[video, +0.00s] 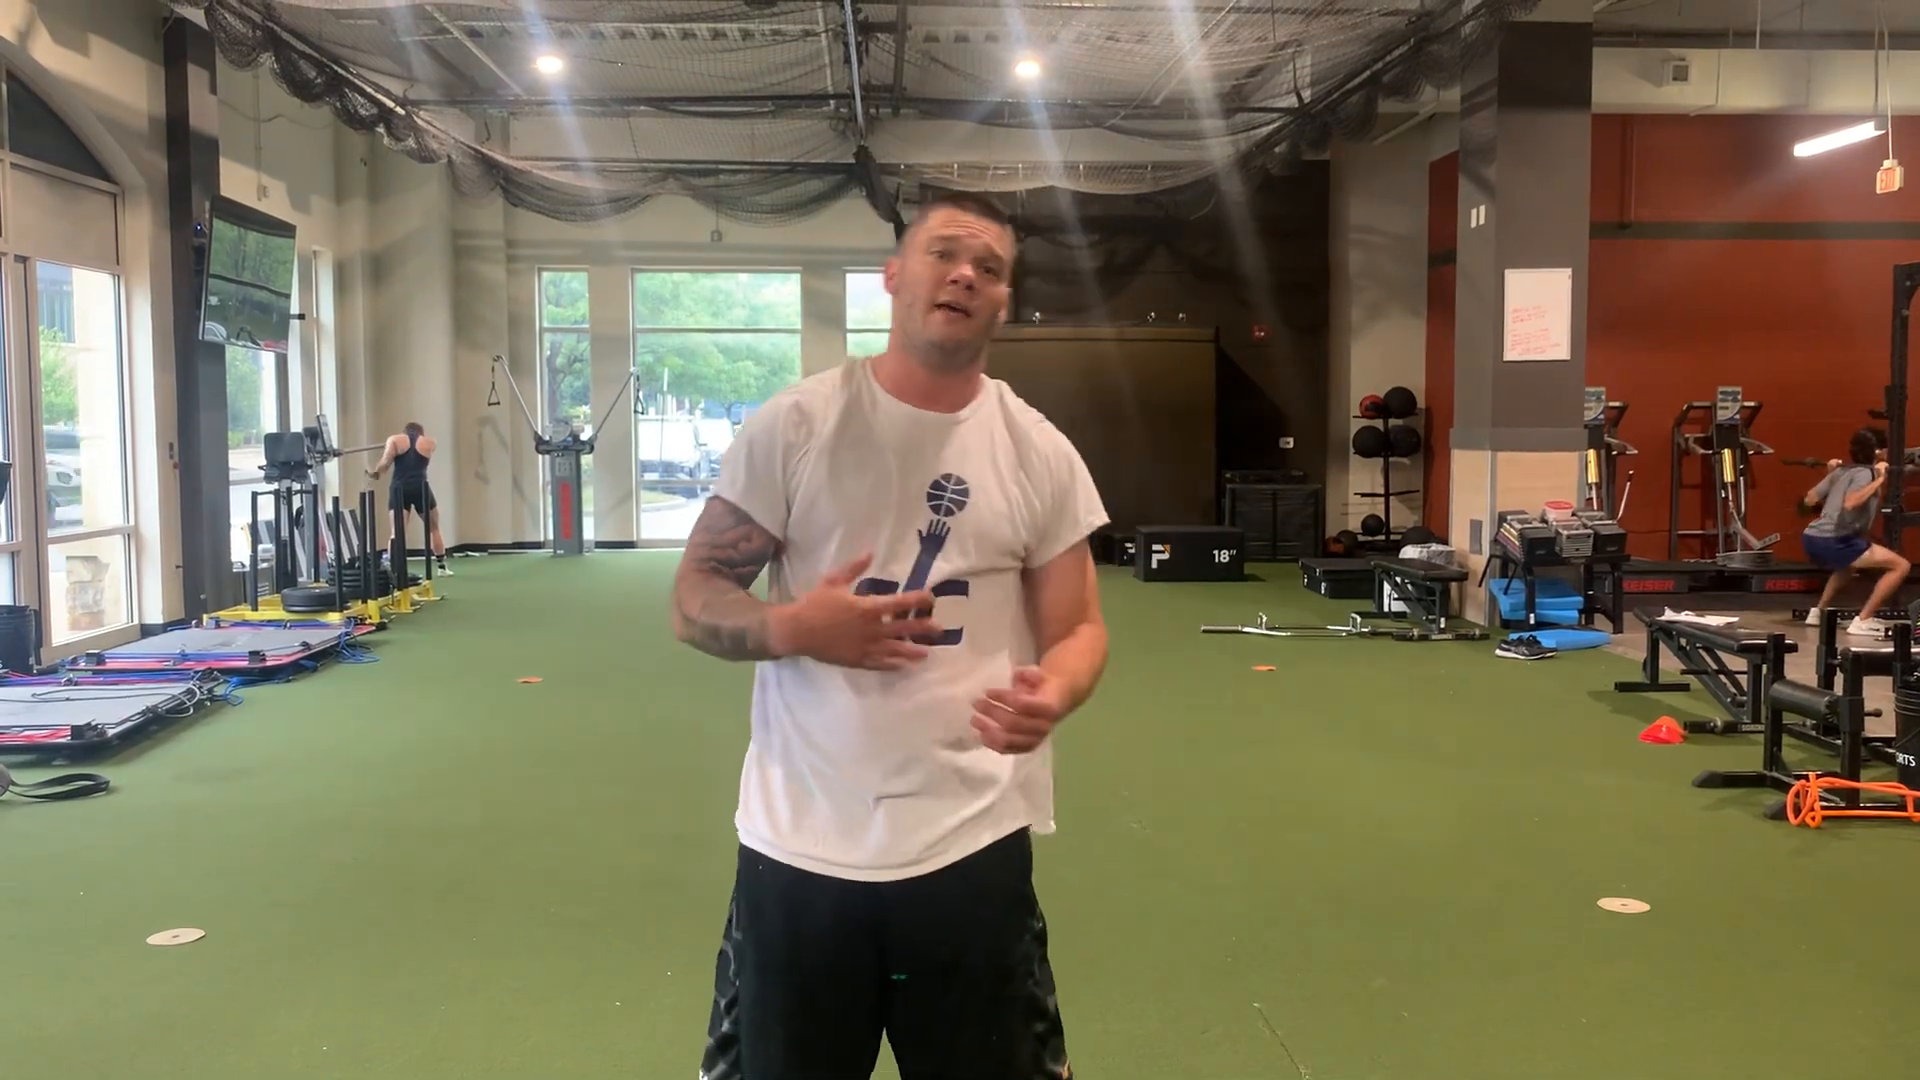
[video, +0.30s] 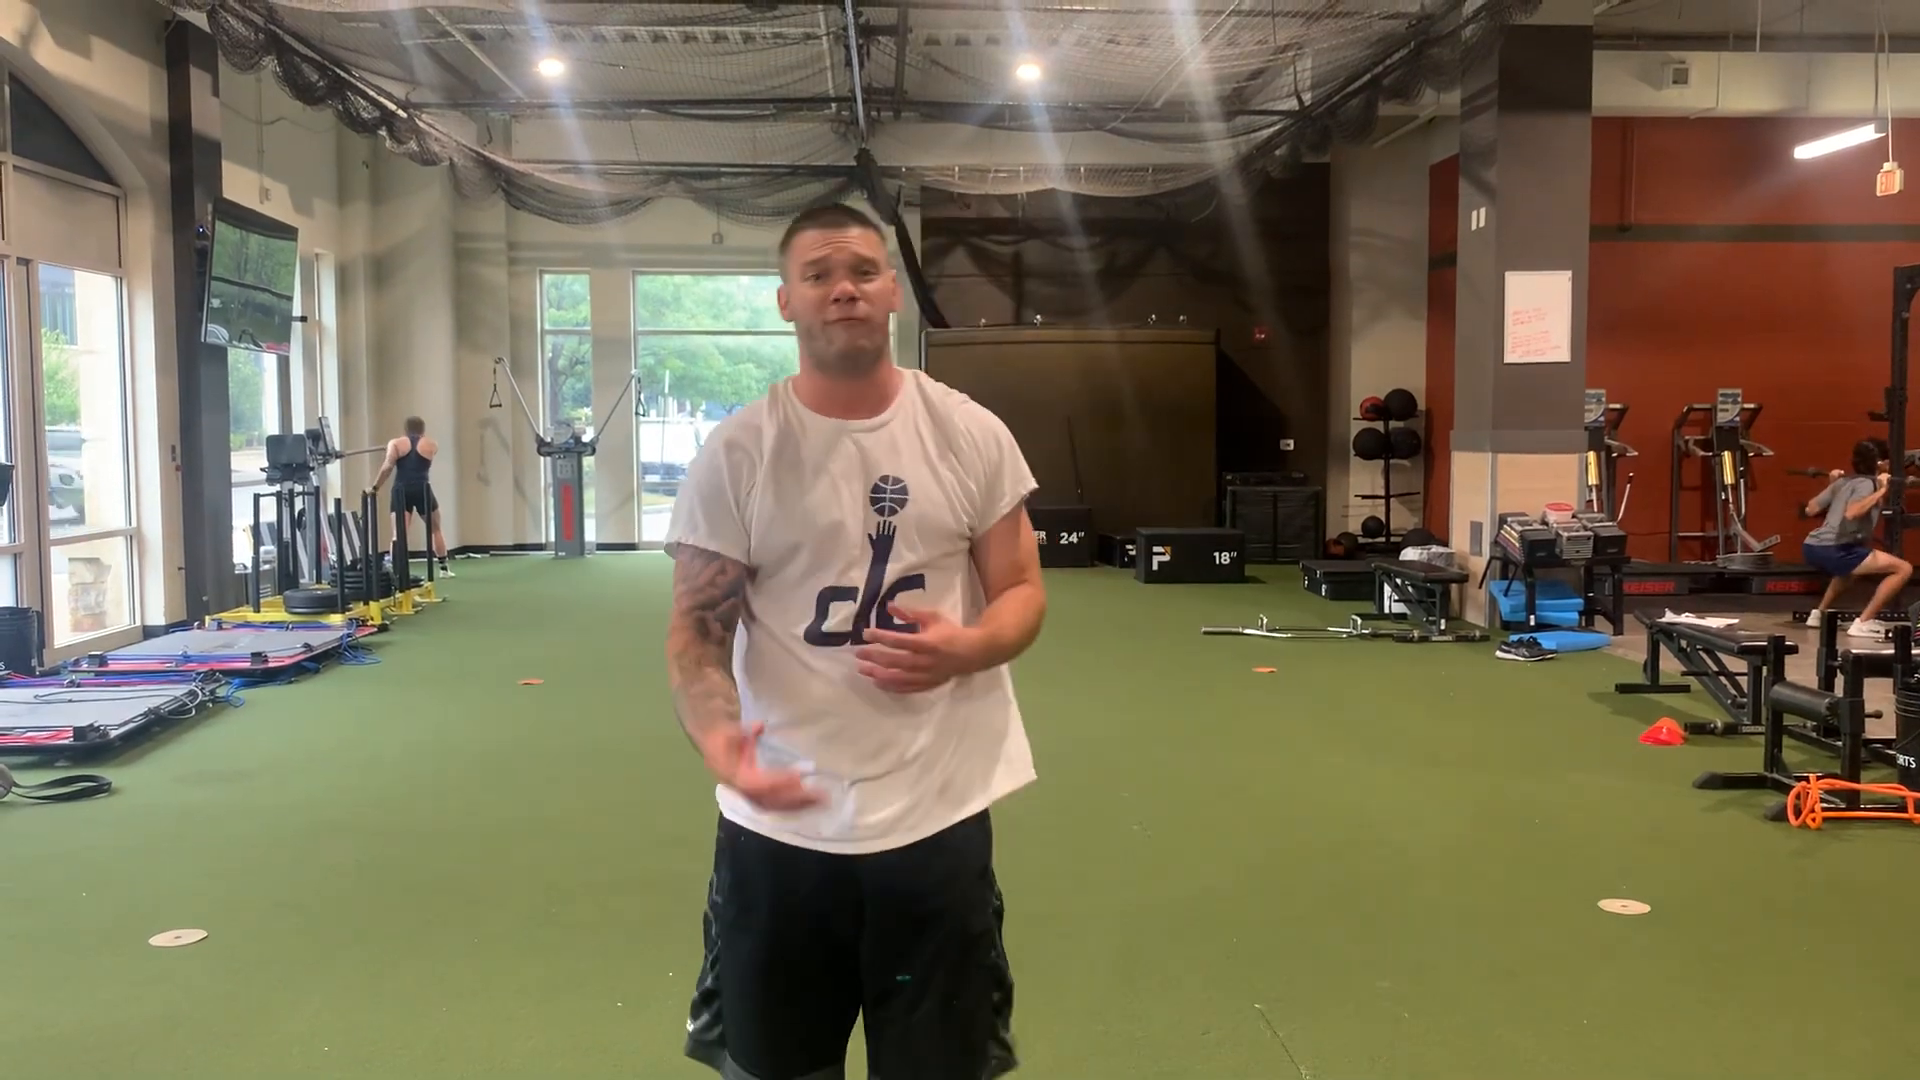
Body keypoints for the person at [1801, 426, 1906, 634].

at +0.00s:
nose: (1886, 453)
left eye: (1886, 449)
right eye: (1884, 449)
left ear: (1855, 451)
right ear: (1875, 452)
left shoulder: (1841, 472)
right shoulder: (1865, 474)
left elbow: (1810, 499)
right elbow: (1849, 503)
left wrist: (1830, 474)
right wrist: (1879, 479)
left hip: (1812, 539)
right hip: (1835, 542)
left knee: (1847, 568)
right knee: (1900, 566)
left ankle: (1818, 611)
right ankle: (1863, 620)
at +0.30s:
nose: (1889, 464)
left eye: (1888, 459)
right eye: (1886, 459)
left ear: (1857, 462)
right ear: (1876, 463)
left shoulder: (1843, 482)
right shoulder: (1867, 484)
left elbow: (1811, 509)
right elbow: (1851, 513)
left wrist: (1832, 484)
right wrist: (1881, 490)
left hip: (1812, 547)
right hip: (1837, 551)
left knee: (1849, 571)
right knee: (1903, 569)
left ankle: (1819, 613)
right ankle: (1864, 622)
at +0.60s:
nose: (1888, 432)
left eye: (1888, 427)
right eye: (1886, 427)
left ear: (1858, 429)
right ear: (1876, 430)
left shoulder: (1843, 451)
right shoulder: (1867, 452)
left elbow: (1812, 478)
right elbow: (1852, 479)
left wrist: (1832, 453)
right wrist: (1881, 458)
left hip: (1818, 519)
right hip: (1838, 524)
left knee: (1845, 563)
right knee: (1895, 565)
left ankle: (1817, 615)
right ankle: (1864, 623)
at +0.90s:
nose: (1887, 397)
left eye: (1887, 392)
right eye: (1884, 392)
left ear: (1857, 395)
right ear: (1874, 396)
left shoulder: (1843, 419)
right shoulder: (1867, 418)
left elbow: (1816, 448)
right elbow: (1855, 447)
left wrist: (1833, 420)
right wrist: (1882, 423)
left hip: (1823, 492)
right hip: (1846, 496)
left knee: (1830, 554)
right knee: (1864, 557)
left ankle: (1817, 613)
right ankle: (1862, 621)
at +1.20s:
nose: (1885, 434)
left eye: (1885, 430)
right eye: (1883, 429)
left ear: (1855, 430)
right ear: (1876, 432)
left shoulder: (1843, 453)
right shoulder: (1866, 454)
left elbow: (1813, 482)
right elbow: (1852, 481)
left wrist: (1831, 455)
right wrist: (1881, 459)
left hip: (1817, 522)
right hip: (1839, 527)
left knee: (1844, 565)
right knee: (1895, 565)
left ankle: (1818, 615)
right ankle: (1864, 623)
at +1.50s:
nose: (1888, 468)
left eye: (1888, 462)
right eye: (1886, 463)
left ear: (1857, 465)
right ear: (1877, 467)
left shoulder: (1842, 485)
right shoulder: (1866, 487)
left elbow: (1811, 513)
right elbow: (1849, 515)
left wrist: (1833, 488)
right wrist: (1880, 493)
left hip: (1813, 551)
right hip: (1838, 556)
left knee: (1851, 571)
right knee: (1902, 572)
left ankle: (1819, 615)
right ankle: (1864, 624)